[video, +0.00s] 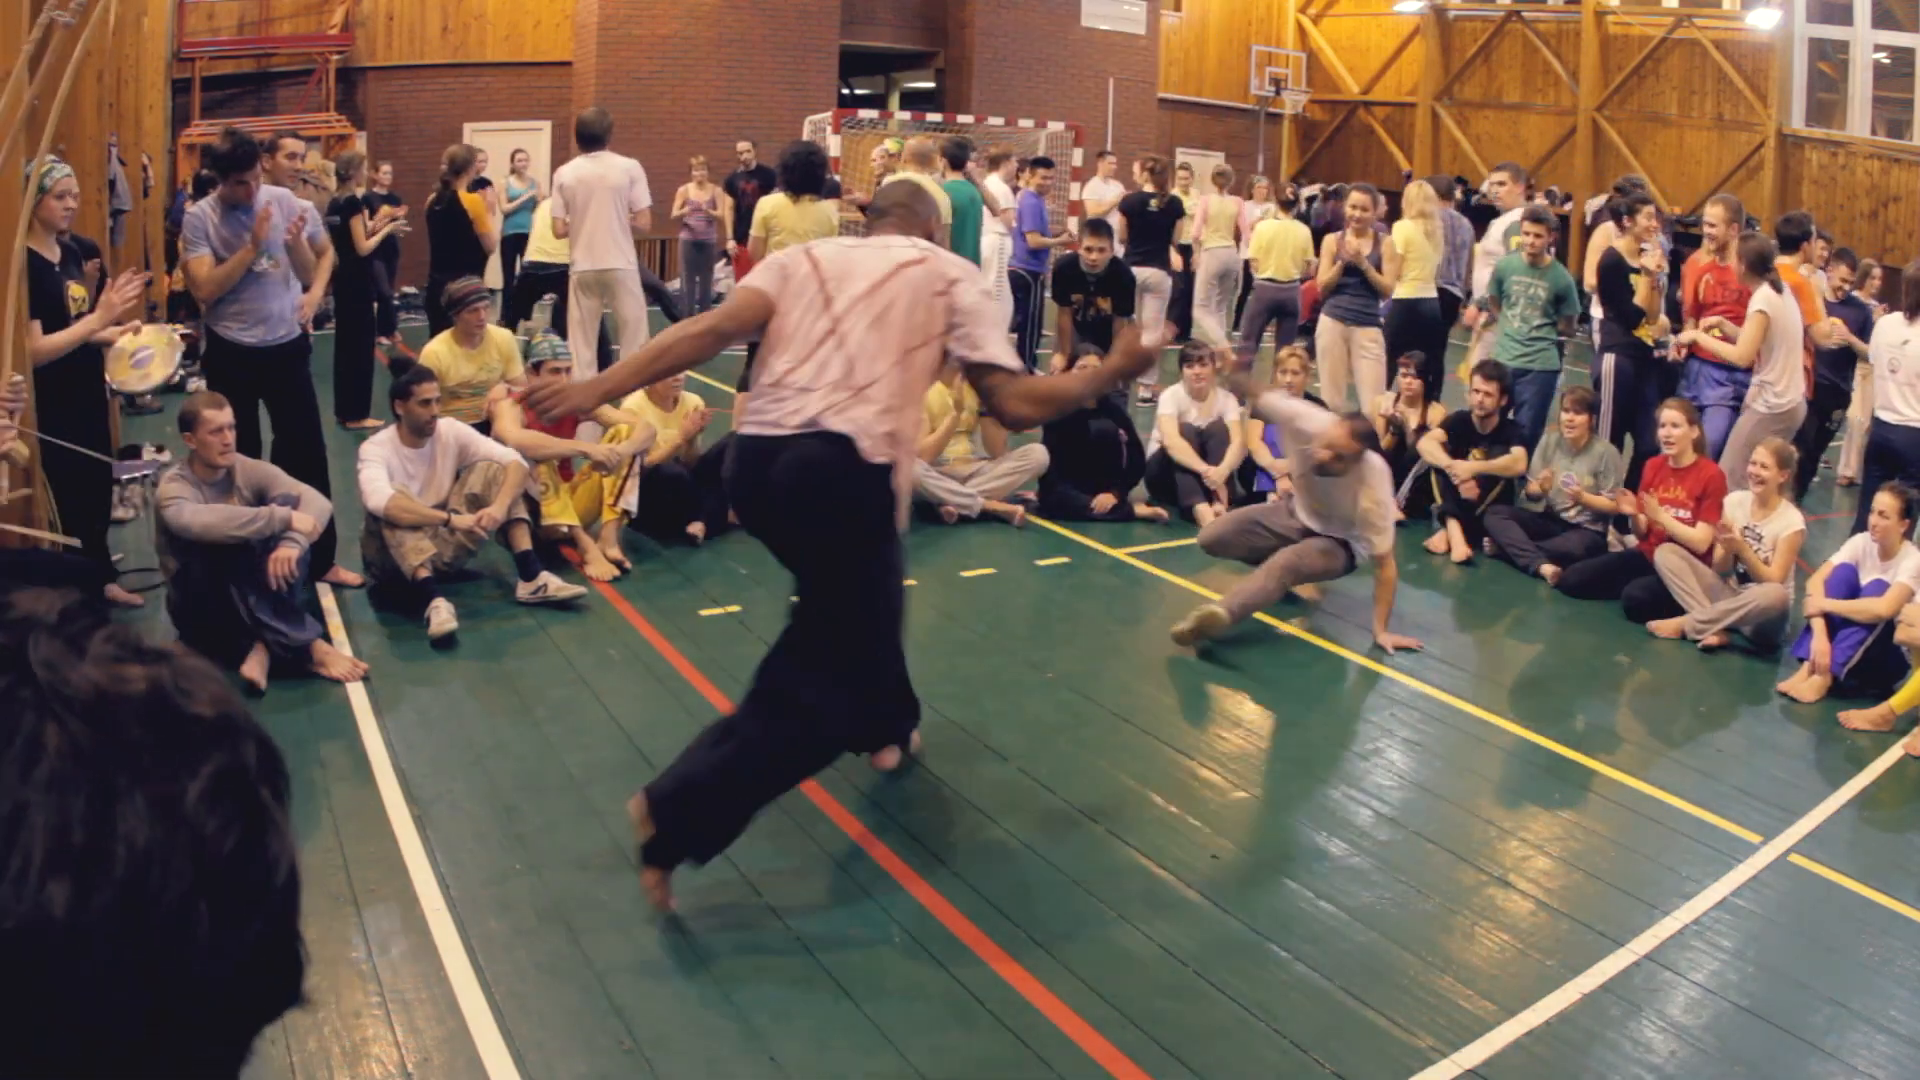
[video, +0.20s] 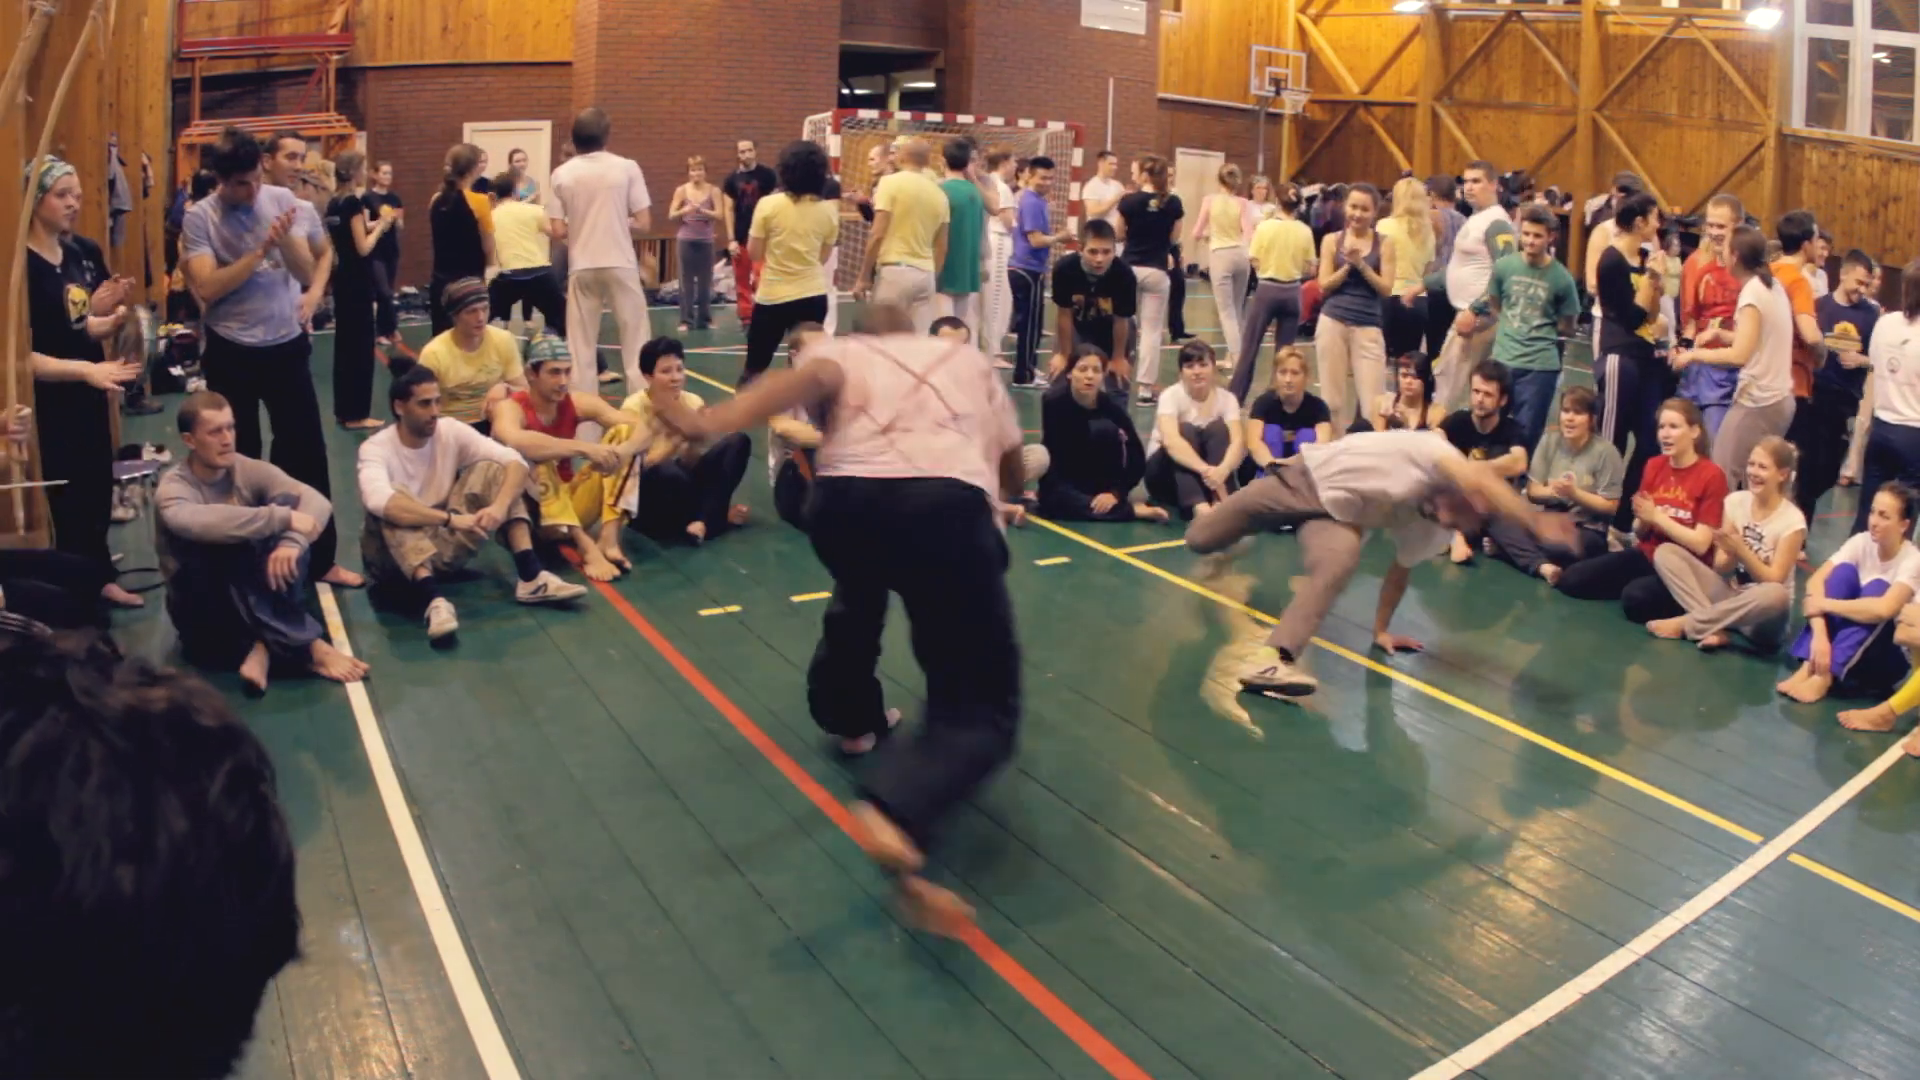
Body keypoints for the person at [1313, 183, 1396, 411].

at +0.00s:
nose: (1357, 215)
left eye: (1364, 210)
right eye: (1352, 208)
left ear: (1375, 213)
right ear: (1344, 208)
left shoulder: (1385, 243)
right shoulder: (1332, 240)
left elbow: (1388, 288)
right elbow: (1323, 286)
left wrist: (1364, 265)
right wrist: (1341, 262)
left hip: (1368, 321)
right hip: (1333, 317)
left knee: (1373, 402)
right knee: (1332, 397)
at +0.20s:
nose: (1357, 214)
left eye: (1364, 209)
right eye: (1353, 207)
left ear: (1375, 213)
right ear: (1345, 209)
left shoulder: (1384, 243)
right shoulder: (1331, 241)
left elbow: (1386, 289)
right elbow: (1324, 285)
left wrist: (1361, 265)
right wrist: (1347, 266)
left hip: (1368, 321)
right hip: (1333, 318)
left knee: (1373, 400)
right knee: (1333, 398)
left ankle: (1376, 459)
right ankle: (1333, 458)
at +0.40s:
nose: (1357, 214)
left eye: (1364, 209)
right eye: (1353, 207)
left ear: (1374, 213)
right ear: (1345, 208)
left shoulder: (1384, 243)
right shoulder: (1331, 240)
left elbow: (1387, 289)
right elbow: (1322, 285)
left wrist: (1362, 266)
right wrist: (1343, 266)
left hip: (1368, 323)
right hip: (1332, 318)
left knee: (1372, 402)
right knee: (1333, 400)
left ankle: (1374, 462)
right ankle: (1335, 460)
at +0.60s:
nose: (1359, 214)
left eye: (1365, 209)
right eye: (1354, 207)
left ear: (1375, 213)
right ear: (1345, 208)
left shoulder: (1383, 244)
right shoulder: (1331, 240)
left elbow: (1384, 287)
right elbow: (1322, 285)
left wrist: (1358, 264)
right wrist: (1345, 267)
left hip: (1368, 323)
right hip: (1332, 319)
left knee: (1373, 395)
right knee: (1334, 394)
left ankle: (1375, 461)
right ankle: (1336, 458)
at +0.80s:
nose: (1359, 214)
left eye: (1366, 210)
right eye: (1355, 207)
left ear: (1374, 212)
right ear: (1345, 207)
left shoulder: (1384, 244)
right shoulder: (1331, 240)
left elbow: (1386, 290)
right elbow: (1321, 286)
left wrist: (1367, 268)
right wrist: (1337, 262)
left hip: (1366, 320)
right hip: (1332, 314)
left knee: (1369, 383)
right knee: (1327, 380)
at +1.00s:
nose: (1360, 215)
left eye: (1367, 210)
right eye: (1356, 208)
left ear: (1375, 213)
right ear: (1345, 208)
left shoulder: (1383, 243)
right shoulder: (1331, 239)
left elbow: (1385, 288)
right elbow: (1321, 283)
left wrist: (1359, 262)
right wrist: (1342, 262)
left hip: (1366, 322)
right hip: (1331, 319)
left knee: (1374, 394)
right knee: (1331, 392)